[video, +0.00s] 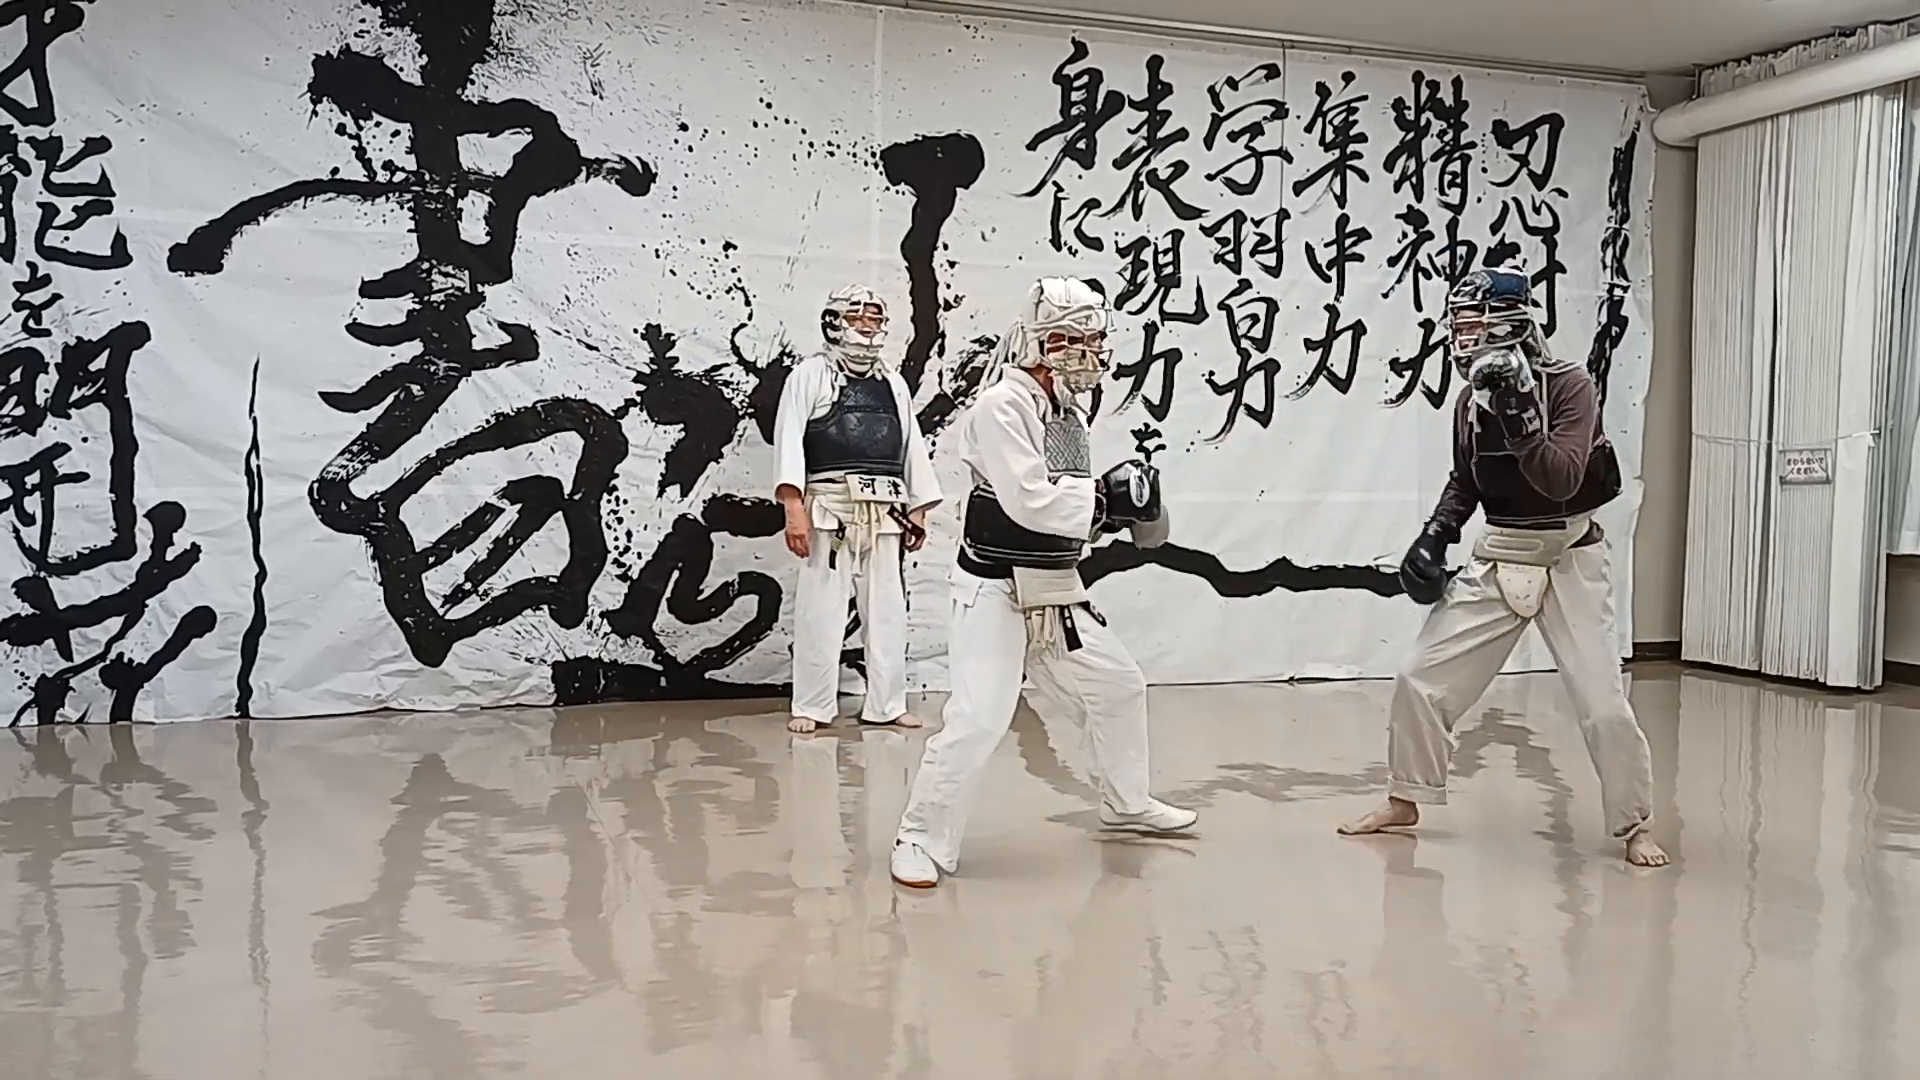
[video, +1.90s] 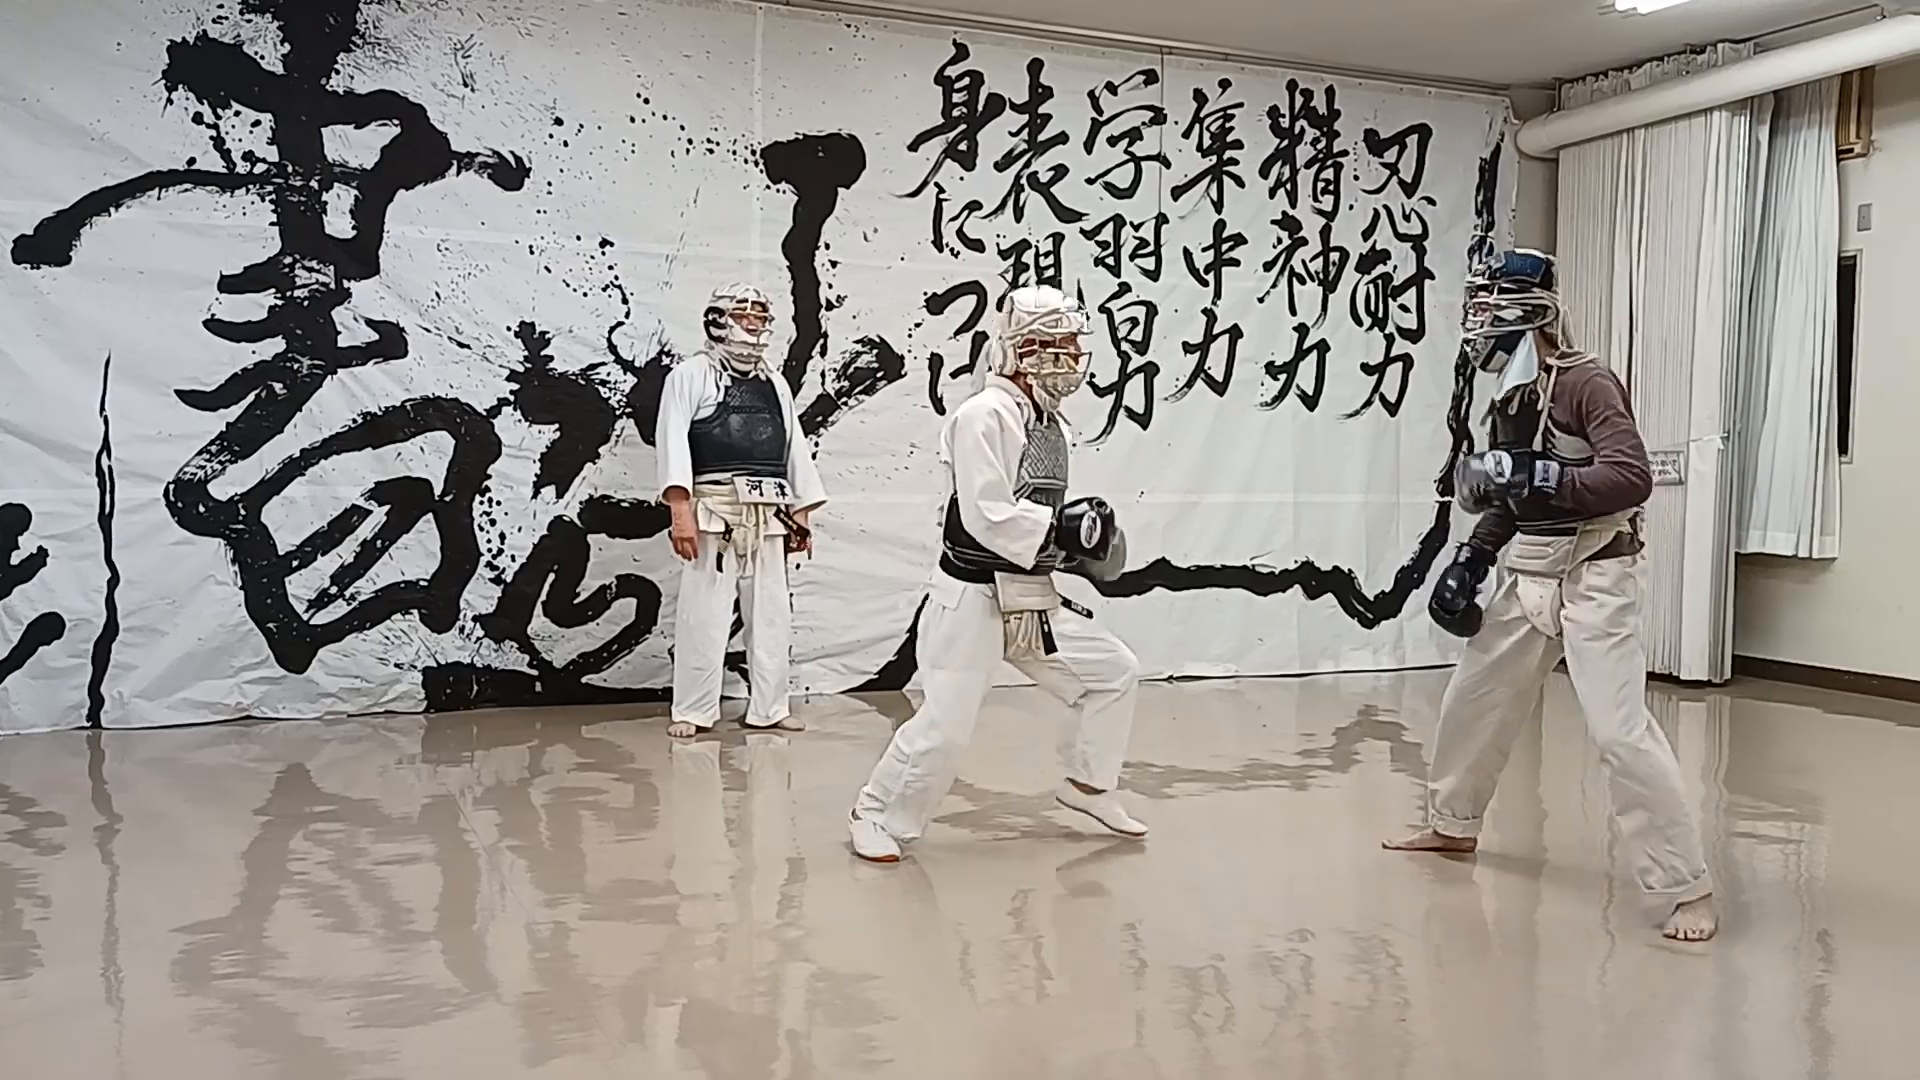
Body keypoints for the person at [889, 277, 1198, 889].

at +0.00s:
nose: (1084, 352)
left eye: (1092, 341)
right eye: (1071, 340)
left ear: (1098, 344)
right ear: (1039, 339)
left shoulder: (1070, 409)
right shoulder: (1003, 402)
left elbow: (1054, 496)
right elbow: (1026, 498)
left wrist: (1114, 502)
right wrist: (1106, 500)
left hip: (1051, 582)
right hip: (993, 584)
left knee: (1119, 684)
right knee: (979, 715)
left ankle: (1127, 804)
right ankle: (920, 843)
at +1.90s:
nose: (1067, 358)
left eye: (1072, 347)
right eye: (1053, 346)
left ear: (1078, 352)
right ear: (1020, 350)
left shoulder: (1044, 417)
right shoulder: (985, 414)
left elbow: (1030, 505)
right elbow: (986, 514)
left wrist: (1075, 532)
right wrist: (1064, 529)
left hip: (1024, 592)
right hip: (969, 594)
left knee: (1113, 672)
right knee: (944, 724)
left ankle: (1089, 786)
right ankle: (874, 817)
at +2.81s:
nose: (1077, 358)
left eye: (1088, 344)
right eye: (1060, 343)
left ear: (1102, 349)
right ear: (1031, 346)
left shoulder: (1104, 419)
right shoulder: (993, 415)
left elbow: (1116, 497)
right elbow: (982, 517)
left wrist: (1127, 537)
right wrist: (1058, 541)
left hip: (1080, 592)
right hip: (1002, 593)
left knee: (1157, 686)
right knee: (970, 722)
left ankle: (1141, 807)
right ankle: (930, 812)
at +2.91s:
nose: (1106, 353)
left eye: (1115, 340)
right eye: (1089, 340)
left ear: (1126, 345)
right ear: (1057, 346)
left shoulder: (1121, 417)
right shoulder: (1021, 415)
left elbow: (1125, 496)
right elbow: (1021, 512)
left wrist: (1154, 521)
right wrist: (1102, 517)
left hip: (1097, 596)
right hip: (1023, 596)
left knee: (1181, 685)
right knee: (987, 720)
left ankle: (1184, 826)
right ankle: (929, 817)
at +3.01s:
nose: (1148, 345)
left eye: (1155, 332)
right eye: (1133, 332)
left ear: (1162, 337)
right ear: (1100, 340)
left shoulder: (1157, 413)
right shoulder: (1069, 405)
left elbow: (1173, 494)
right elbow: (1081, 491)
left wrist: (1220, 486)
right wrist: (1157, 474)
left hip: (1133, 591)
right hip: (1061, 590)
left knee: (1199, 700)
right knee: (1020, 728)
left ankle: (1193, 839)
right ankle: (934, 805)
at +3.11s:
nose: (1177, 332)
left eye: (1184, 321)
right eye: (1162, 319)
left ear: (1194, 328)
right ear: (1130, 324)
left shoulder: (1184, 400)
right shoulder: (1100, 384)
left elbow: (1248, 457)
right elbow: (1079, 475)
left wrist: (1290, 439)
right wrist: (1141, 494)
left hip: (1177, 567)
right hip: (1117, 568)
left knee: (1221, 698)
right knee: (1183, 696)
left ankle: (1194, 839)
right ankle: (1082, 760)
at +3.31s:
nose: (1218, 319)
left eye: (1223, 307)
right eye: (1204, 307)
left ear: (1228, 312)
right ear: (1166, 313)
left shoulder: (1220, 383)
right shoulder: (1139, 377)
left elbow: (1267, 435)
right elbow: (1101, 472)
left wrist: (1327, 435)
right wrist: (1156, 510)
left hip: (1244, 549)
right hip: (1212, 552)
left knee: (1263, 690)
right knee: (1352, 528)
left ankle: (1196, 819)